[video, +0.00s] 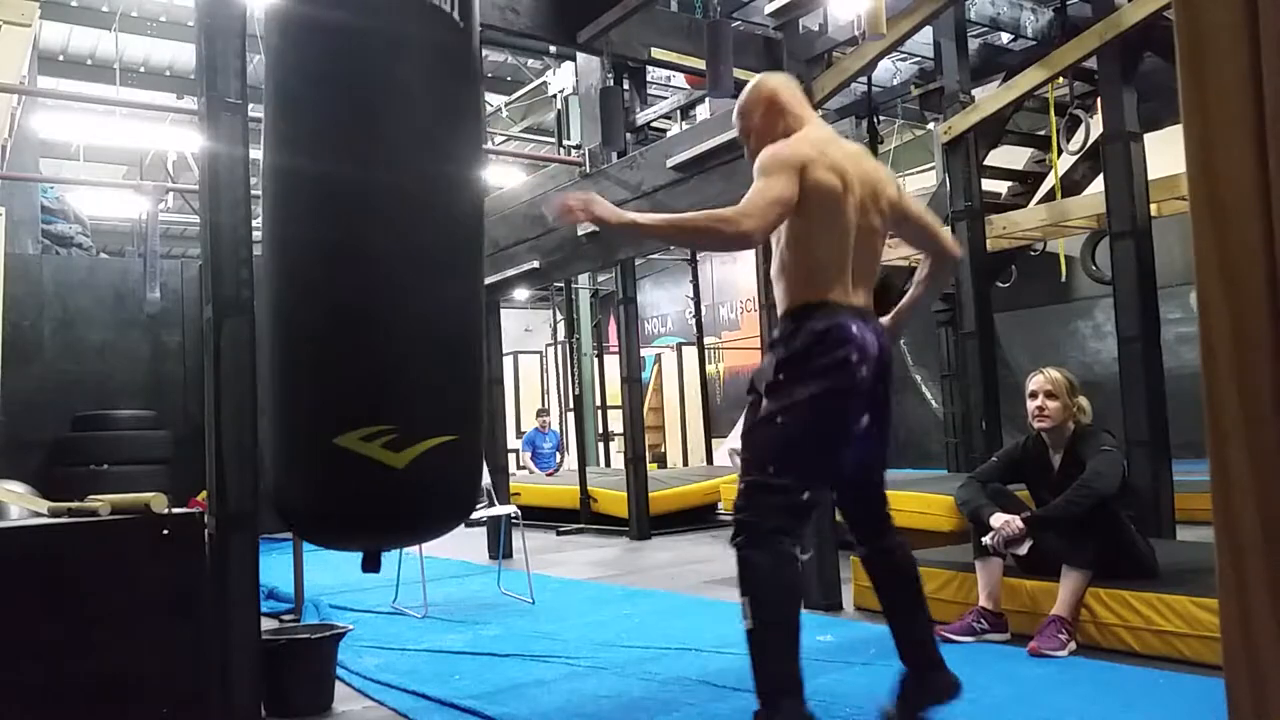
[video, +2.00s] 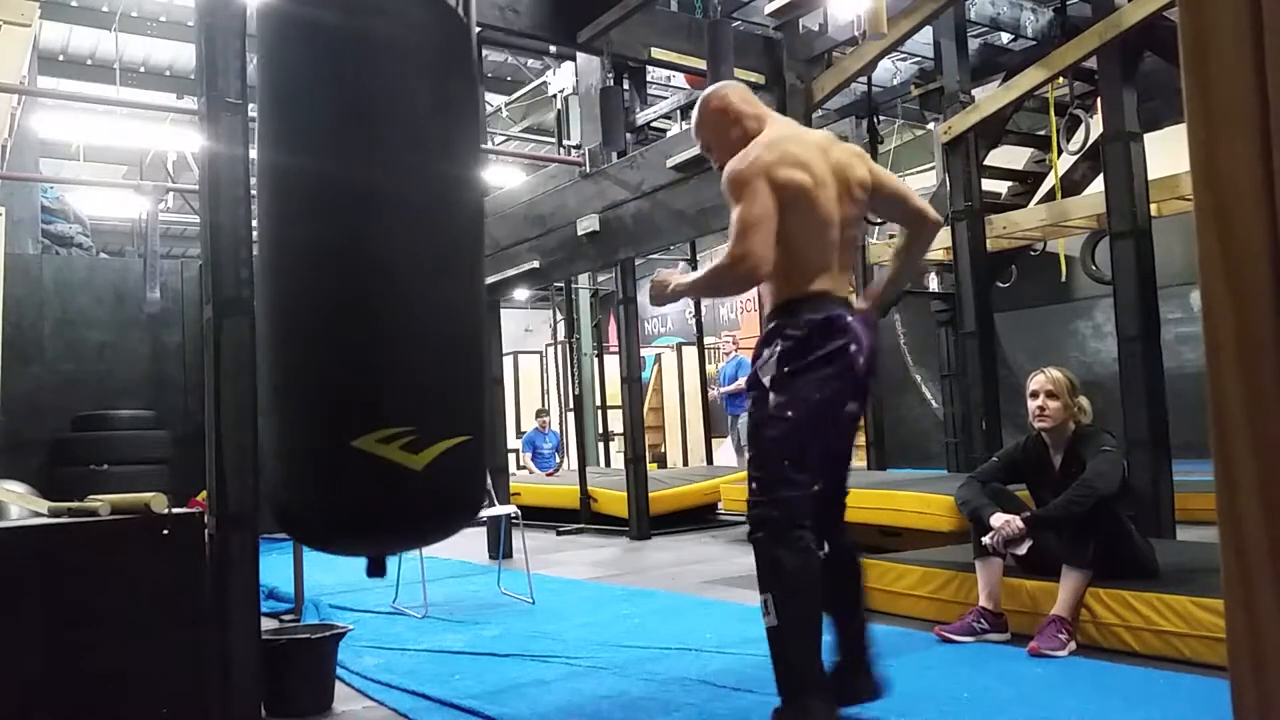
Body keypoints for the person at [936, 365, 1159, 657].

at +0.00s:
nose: (1040, 404)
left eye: (1051, 396)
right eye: (1033, 397)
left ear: (1071, 405)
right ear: (1026, 406)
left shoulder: (1097, 441)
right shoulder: (1026, 449)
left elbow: (1100, 485)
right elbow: (967, 488)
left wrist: (1027, 522)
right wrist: (993, 517)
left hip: (1118, 560)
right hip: (1058, 557)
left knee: (1092, 505)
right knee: (989, 495)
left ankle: (1061, 621)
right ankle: (989, 612)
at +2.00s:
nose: (1041, 404)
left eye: (1052, 396)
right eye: (1034, 396)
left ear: (1072, 406)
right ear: (1026, 405)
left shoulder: (1098, 443)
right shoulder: (1026, 449)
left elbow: (1100, 485)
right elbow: (968, 488)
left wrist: (1026, 522)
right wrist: (992, 516)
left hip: (1118, 559)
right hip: (1059, 556)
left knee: (1088, 505)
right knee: (988, 495)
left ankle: (1061, 621)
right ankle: (989, 612)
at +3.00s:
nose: (1041, 404)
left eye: (1052, 397)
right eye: (1034, 397)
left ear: (1072, 406)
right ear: (1026, 406)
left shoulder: (1097, 442)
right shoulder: (1027, 449)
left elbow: (1100, 485)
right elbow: (968, 488)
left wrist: (1027, 522)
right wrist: (992, 516)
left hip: (1117, 559)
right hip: (1059, 556)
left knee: (1087, 504)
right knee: (988, 495)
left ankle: (1061, 621)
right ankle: (989, 612)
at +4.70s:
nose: (1041, 404)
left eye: (1052, 397)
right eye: (1034, 397)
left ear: (1073, 406)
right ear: (1027, 405)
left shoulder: (1099, 443)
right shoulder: (1027, 450)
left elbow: (1098, 486)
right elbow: (969, 488)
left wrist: (1027, 522)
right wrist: (993, 516)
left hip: (1119, 559)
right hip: (1058, 556)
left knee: (1090, 505)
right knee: (991, 496)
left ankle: (1061, 621)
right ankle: (990, 612)